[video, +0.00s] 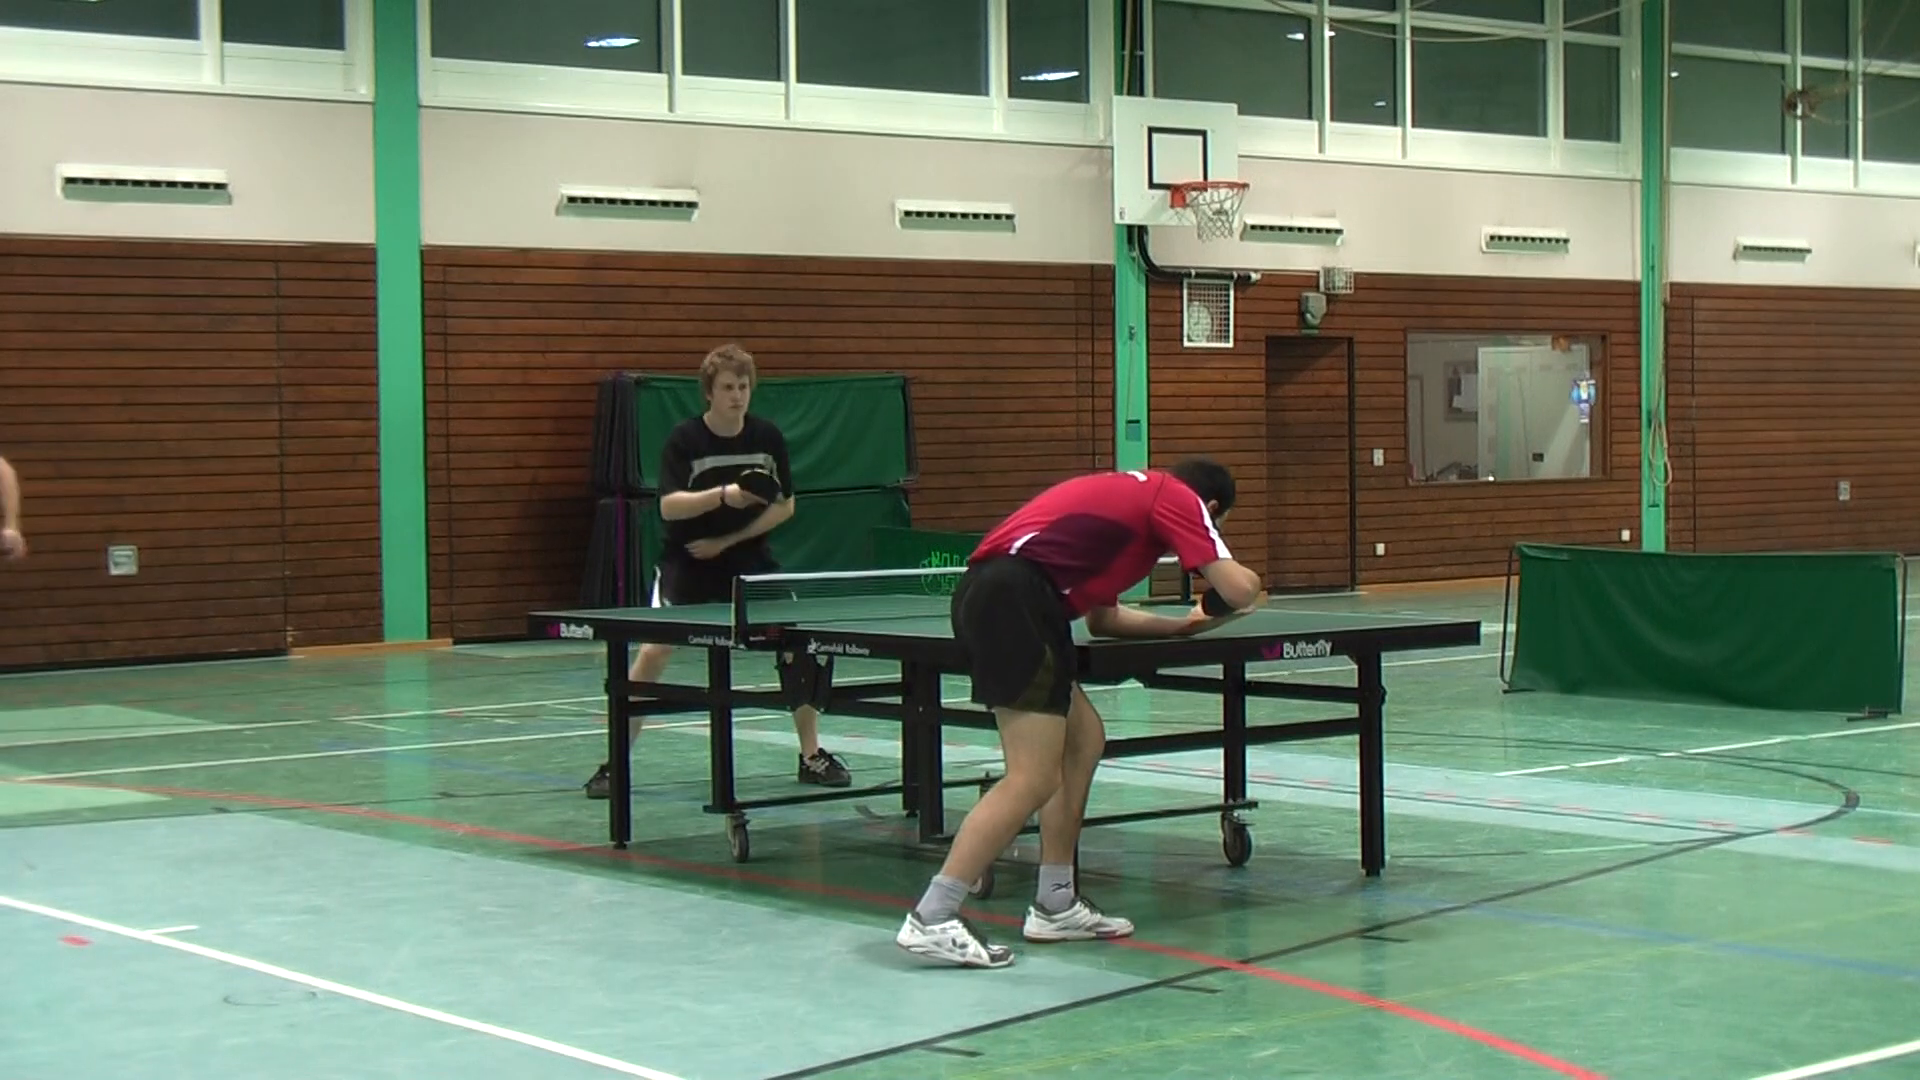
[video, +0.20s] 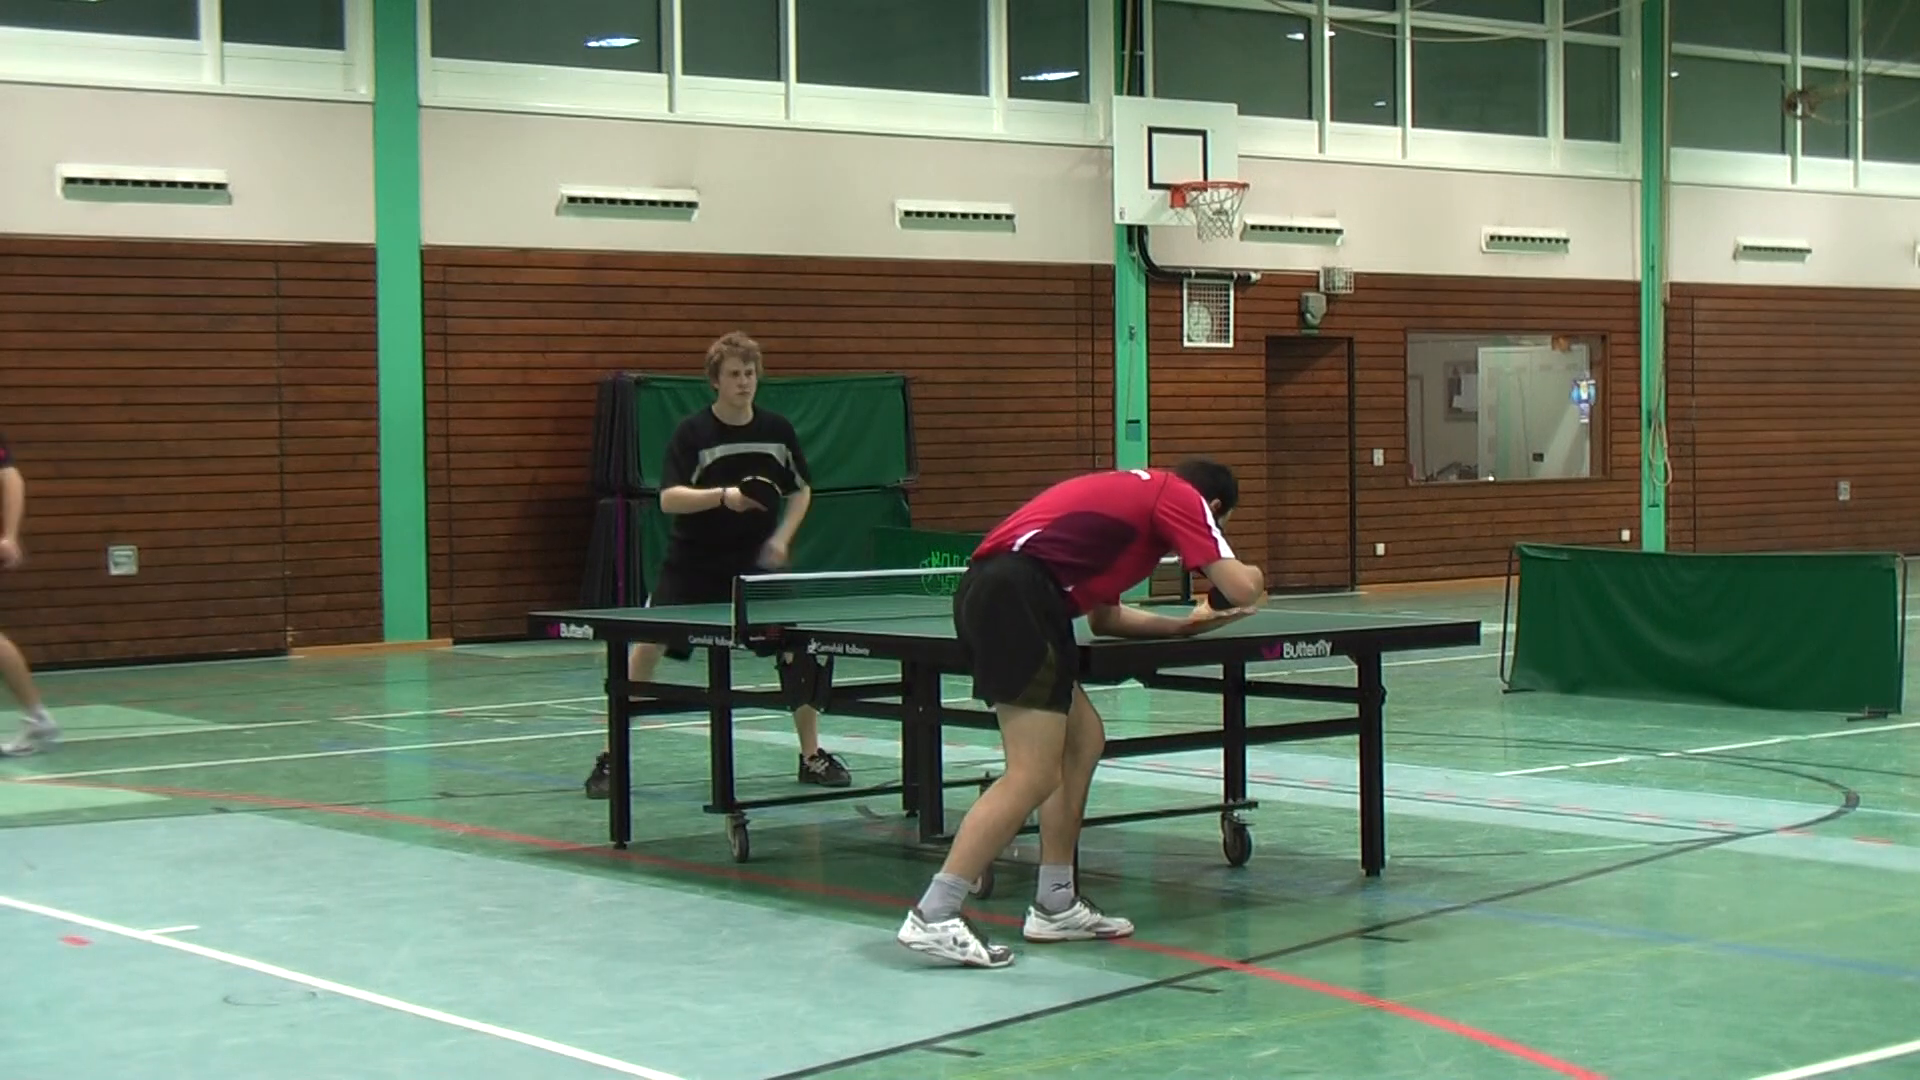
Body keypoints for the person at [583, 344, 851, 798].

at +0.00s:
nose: (736, 394)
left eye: (742, 385)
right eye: (726, 386)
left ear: (751, 389)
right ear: (708, 391)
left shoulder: (768, 437)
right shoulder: (685, 438)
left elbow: (784, 506)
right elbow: (669, 506)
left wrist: (726, 541)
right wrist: (723, 495)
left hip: (752, 562)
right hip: (688, 564)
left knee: (796, 642)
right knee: (655, 651)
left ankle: (812, 754)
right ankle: (616, 762)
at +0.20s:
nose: (743, 381)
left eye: (750, 373)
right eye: (734, 374)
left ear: (759, 377)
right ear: (715, 379)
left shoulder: (778, 430)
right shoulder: (693, 432)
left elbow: (800, 490)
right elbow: (669, 498)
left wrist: (782, 537)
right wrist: (722, 495)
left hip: (755, 565)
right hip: (693, 566)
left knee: (796, 648)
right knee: (647, 648)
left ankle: (813, 755)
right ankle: (612, 755)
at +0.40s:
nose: (733, 381)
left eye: (739, 373)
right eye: (723, 373)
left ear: (748, 377)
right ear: (704, 379)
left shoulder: (764, 432)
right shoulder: (683, 433)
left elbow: (787, 491)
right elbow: (651, 498)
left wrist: (807, 543)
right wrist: (704, 507)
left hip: (751, 572)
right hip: (685, 573)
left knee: (796, 651)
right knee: (642, 661)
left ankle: (812, 756)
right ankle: (595, 764)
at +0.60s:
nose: (710, 374)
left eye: (716, 366)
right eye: (701, 367)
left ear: (723, 371)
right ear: (680, 372)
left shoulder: (737, 424)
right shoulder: (655, 429)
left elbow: (748, 486)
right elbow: (622, 493)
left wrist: (774, 547)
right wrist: (674, 498)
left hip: (730, 570)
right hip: (664, 573)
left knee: (782, 644)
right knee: (624, 665)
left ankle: (802, 752)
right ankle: (592, 766)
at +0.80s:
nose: (707, 373)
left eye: (712, 365)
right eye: (697, 366)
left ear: (720, 370)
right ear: (677, 372)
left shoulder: (738, 422)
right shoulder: (655, 428)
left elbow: (758, 484)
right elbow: (626, 494)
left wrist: (779, 547)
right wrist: (675, 502)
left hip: (736, 569)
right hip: (671, 573)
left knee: (782, 647)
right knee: (626, 665)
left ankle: (798, 756)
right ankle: (592, 765)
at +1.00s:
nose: (710, 372)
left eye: (716, 364)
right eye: (701, 364)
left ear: (724, 368)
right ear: (681, 369)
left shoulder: (745, 420)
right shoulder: (661, 426)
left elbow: (773, 482)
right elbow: (633, 493)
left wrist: (794, 538)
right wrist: (682, 508)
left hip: (741, 565)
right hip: (675, 569)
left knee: (783, 648)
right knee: (629, 662)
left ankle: (798, 756)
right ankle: (593, 765)